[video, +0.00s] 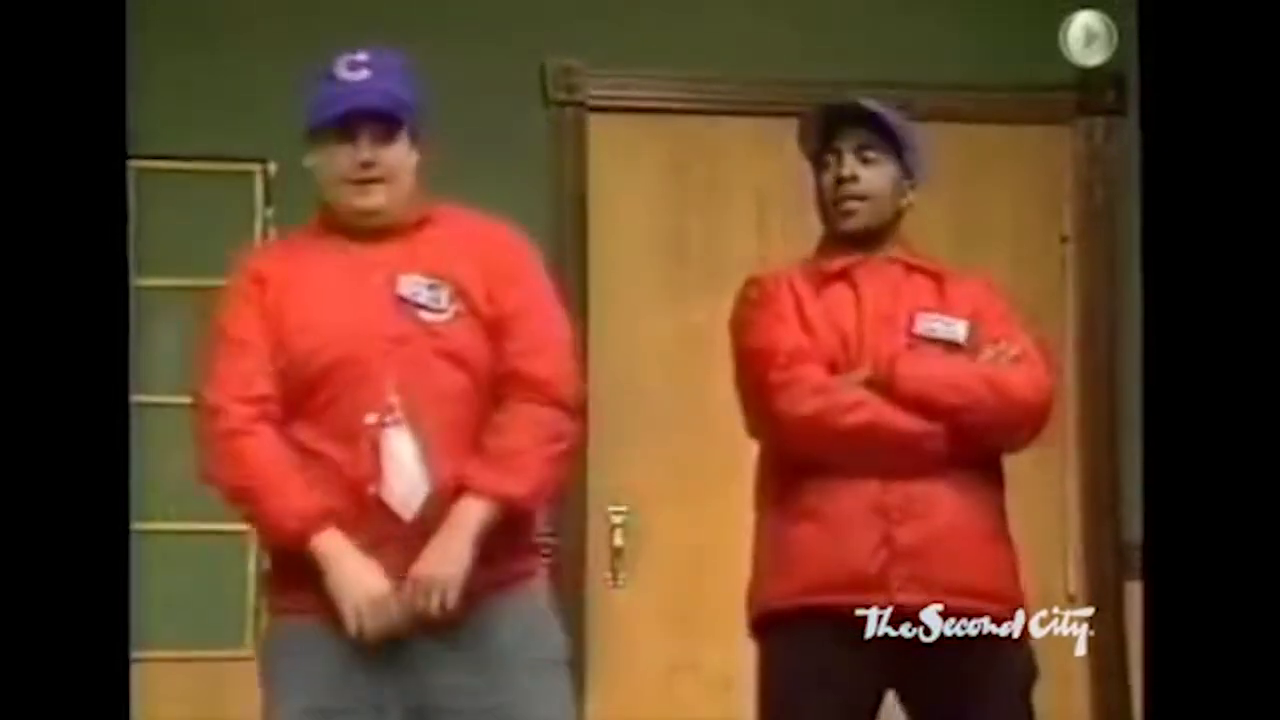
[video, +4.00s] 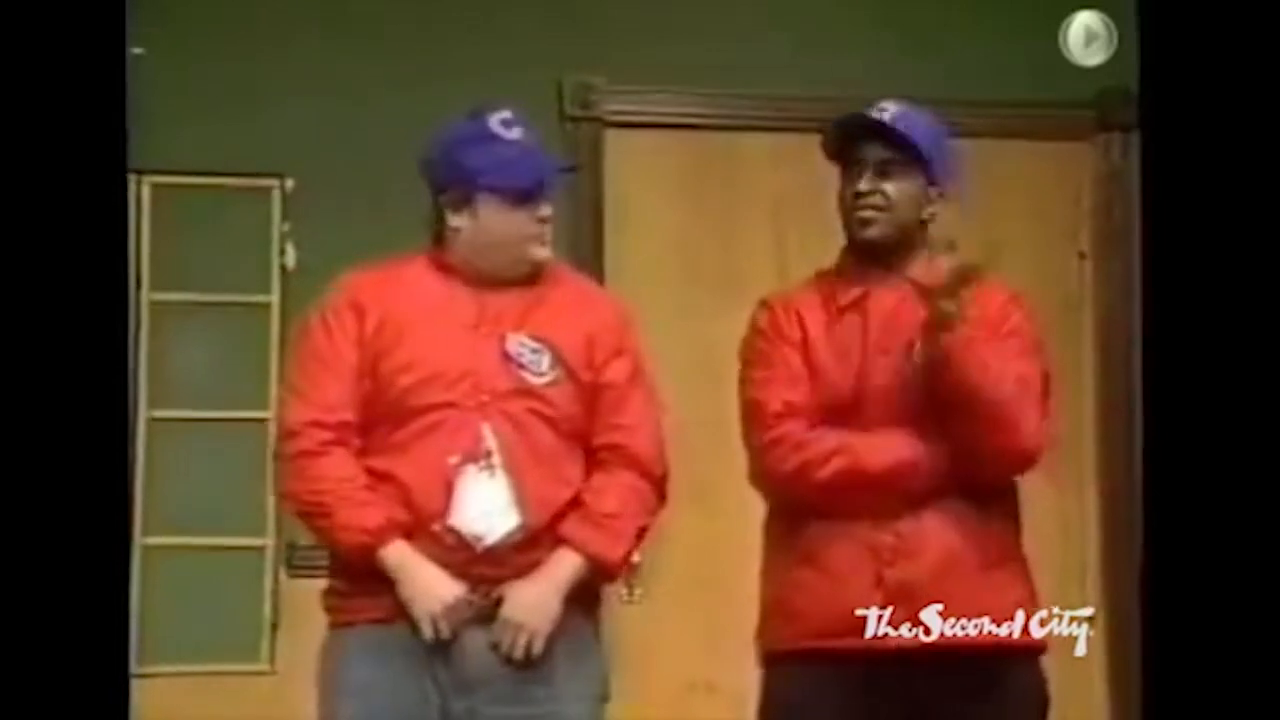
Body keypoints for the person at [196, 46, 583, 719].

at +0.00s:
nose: (364, 155)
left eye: (384, 135)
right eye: (342, 138)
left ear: (416, 148)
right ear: (313, 154)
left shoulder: (493, 252)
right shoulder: (268, 274)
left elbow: (546, 400)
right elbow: (234, 429)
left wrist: (464, 525)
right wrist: (332, 550)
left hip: (493, 612)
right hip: (325, 618)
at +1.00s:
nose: (417, 162)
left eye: (430, 143)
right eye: (390, 146)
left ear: (450, 156)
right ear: (342, 168)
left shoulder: (509, 262)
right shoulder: (275, 274)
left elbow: (559, 409)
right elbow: (226, 427)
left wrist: (465, 521)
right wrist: (317, 539)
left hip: (477, 608)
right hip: (321, 611)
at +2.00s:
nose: (509, 196)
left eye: (516, 179)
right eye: (485, 178)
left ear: (529, 187)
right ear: (422, 188)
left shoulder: (558, 306)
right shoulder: (331, 279)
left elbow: (590, 466)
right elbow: (281, 435)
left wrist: (503, 574)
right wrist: (375, 552)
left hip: (500, 625)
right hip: (342, 624)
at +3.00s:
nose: (461, 222)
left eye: (485, 208)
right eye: (446, 201)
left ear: (521, 227)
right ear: (423, 212)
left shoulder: (587, 314)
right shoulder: (364, 322)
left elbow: (645, 459)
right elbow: (323, 475)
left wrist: (569, 571)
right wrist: (426, 578)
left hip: (565, 627)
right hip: (409, 627)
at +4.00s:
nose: (546, 212)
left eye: (545, 196)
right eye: (522, 199)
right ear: (457, 214)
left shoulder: (592, 314)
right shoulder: (362, 305)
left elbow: (633, 466)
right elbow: (310, 452)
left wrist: (553, 579)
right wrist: (403, 562)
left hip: (543, 629)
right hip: (385, 629)